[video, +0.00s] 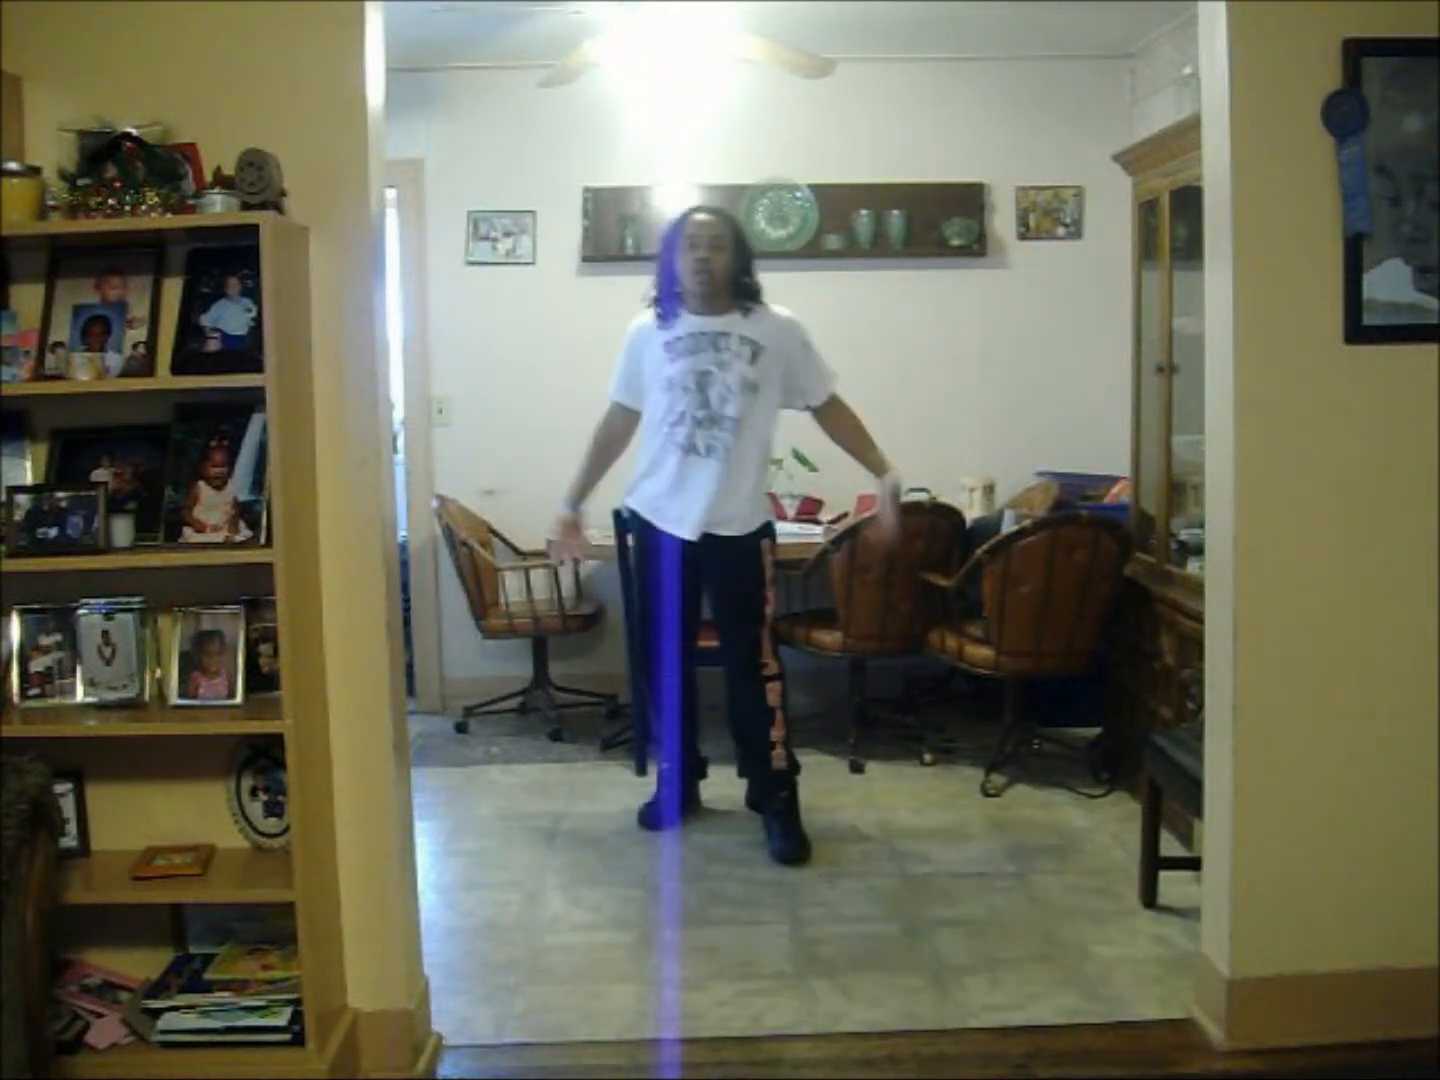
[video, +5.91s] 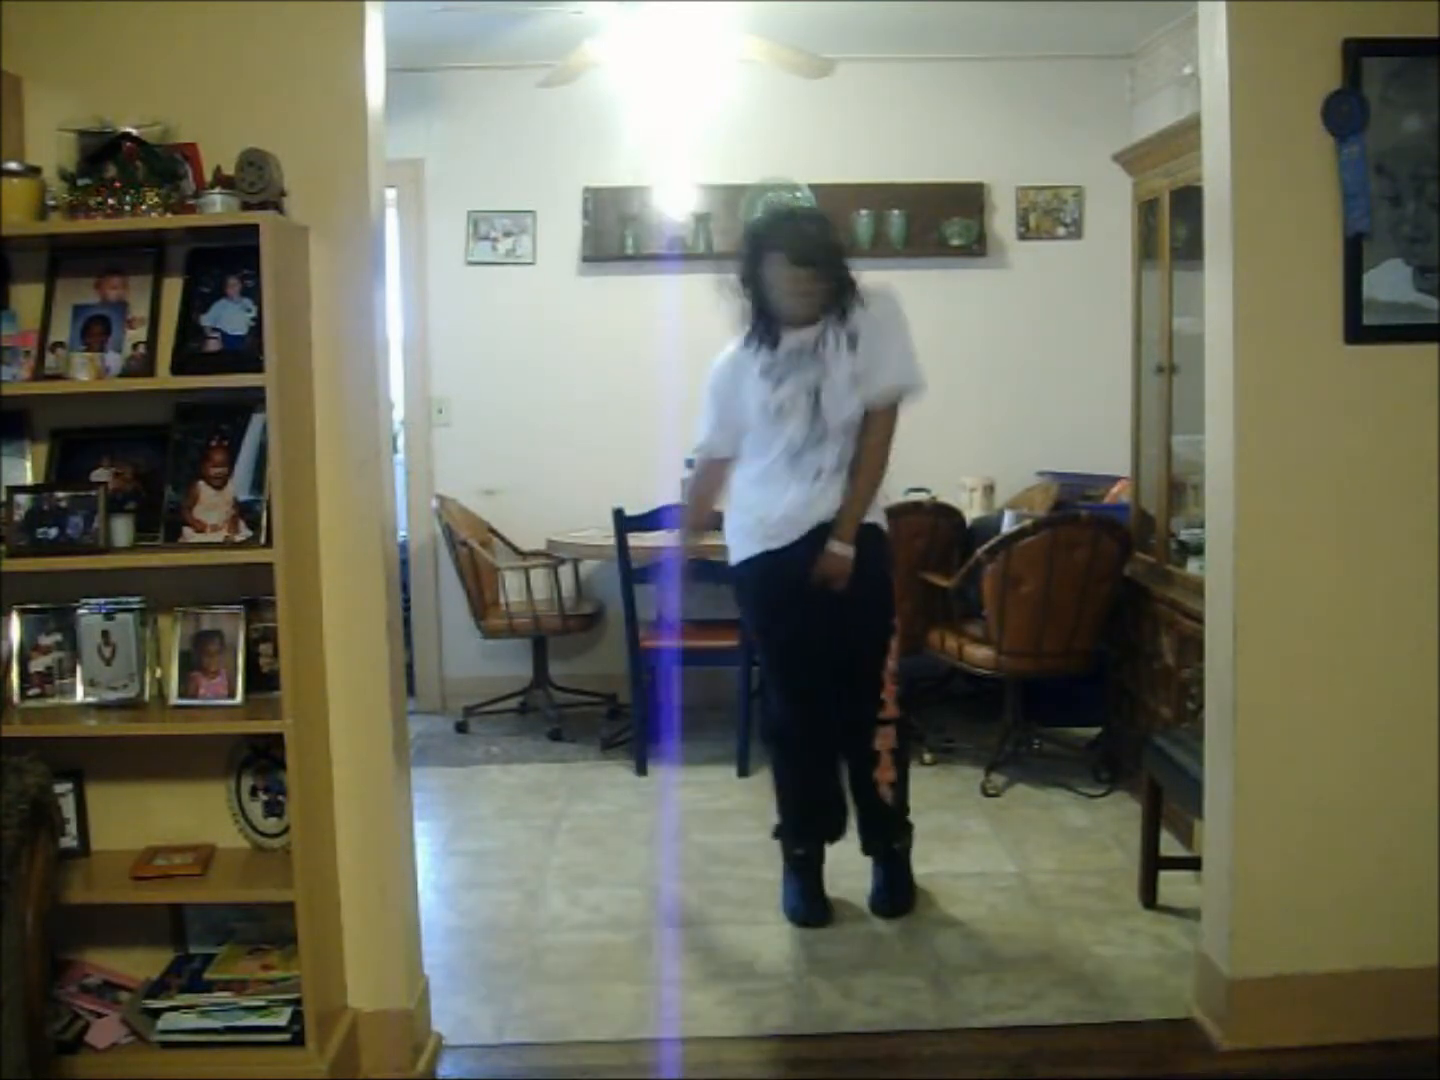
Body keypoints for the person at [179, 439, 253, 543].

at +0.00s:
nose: (219, 471)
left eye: (223, 466)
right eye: (213, 466)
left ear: (230, 469)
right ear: (204, 468)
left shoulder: (232, 488)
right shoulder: (200, 487)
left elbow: (237, 511)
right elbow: (186, 511)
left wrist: (232, 531)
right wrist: (201, 526)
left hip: (225, 534)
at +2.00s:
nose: (219, 472)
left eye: (224, 467)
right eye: (214, 466)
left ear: (230, 469)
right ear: (203, 468)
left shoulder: (231, 488)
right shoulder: (199, 488)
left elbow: (236, 509)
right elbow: (186, 511)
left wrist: (234, 523)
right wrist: (199, 525)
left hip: (225, 533)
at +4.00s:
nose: (219, 472)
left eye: (224, 467)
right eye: (214, 467)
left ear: (230, 470)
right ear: (203, 468)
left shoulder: (231, 489)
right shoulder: (199, 488)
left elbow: (236, 510)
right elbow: (186, 511)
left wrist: (234, 524)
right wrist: (199, 526)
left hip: (225, 534)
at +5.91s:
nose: (219, 472)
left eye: (224, 467)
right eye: (214, 467)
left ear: (231, 469)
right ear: (203, 468)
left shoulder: (231, 488)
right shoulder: (199, 488)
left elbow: (236, 508)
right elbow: (186, 511)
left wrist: (234, 523)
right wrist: (199, 525)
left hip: (225, 533)